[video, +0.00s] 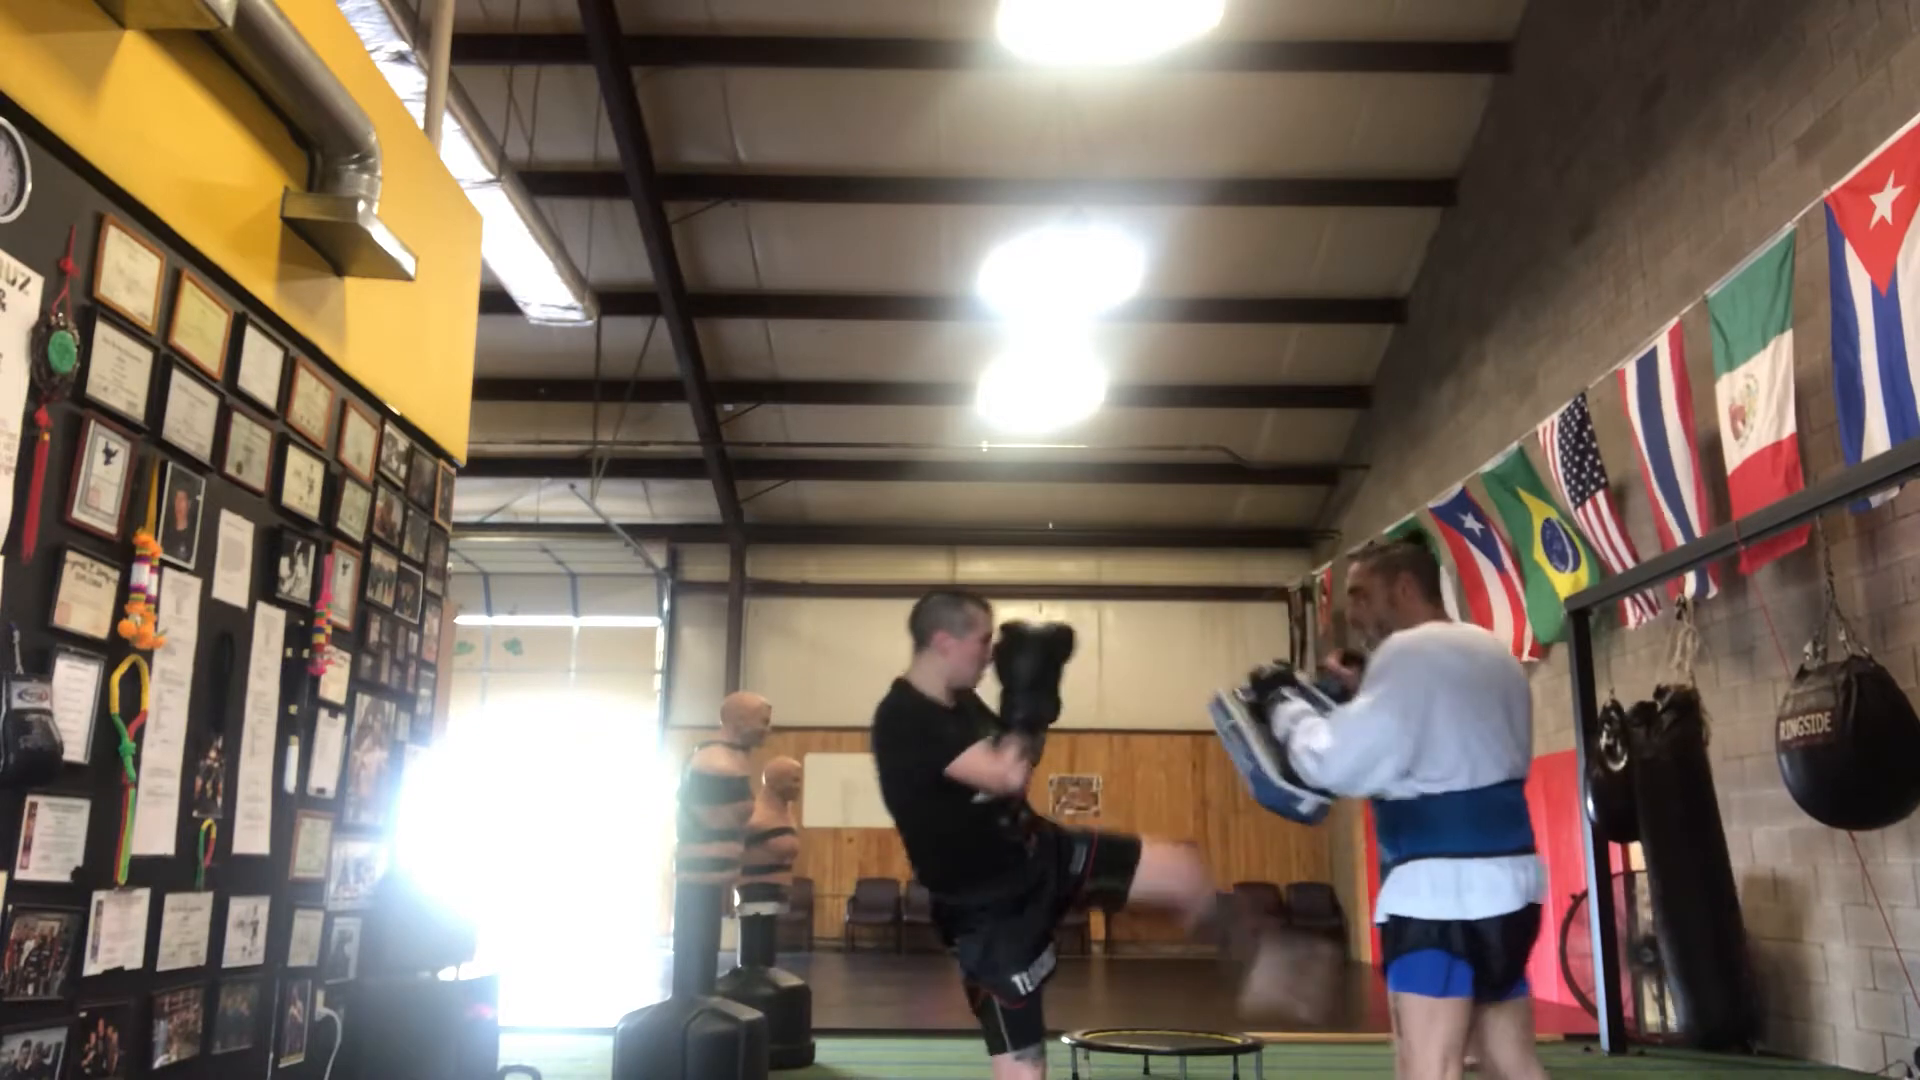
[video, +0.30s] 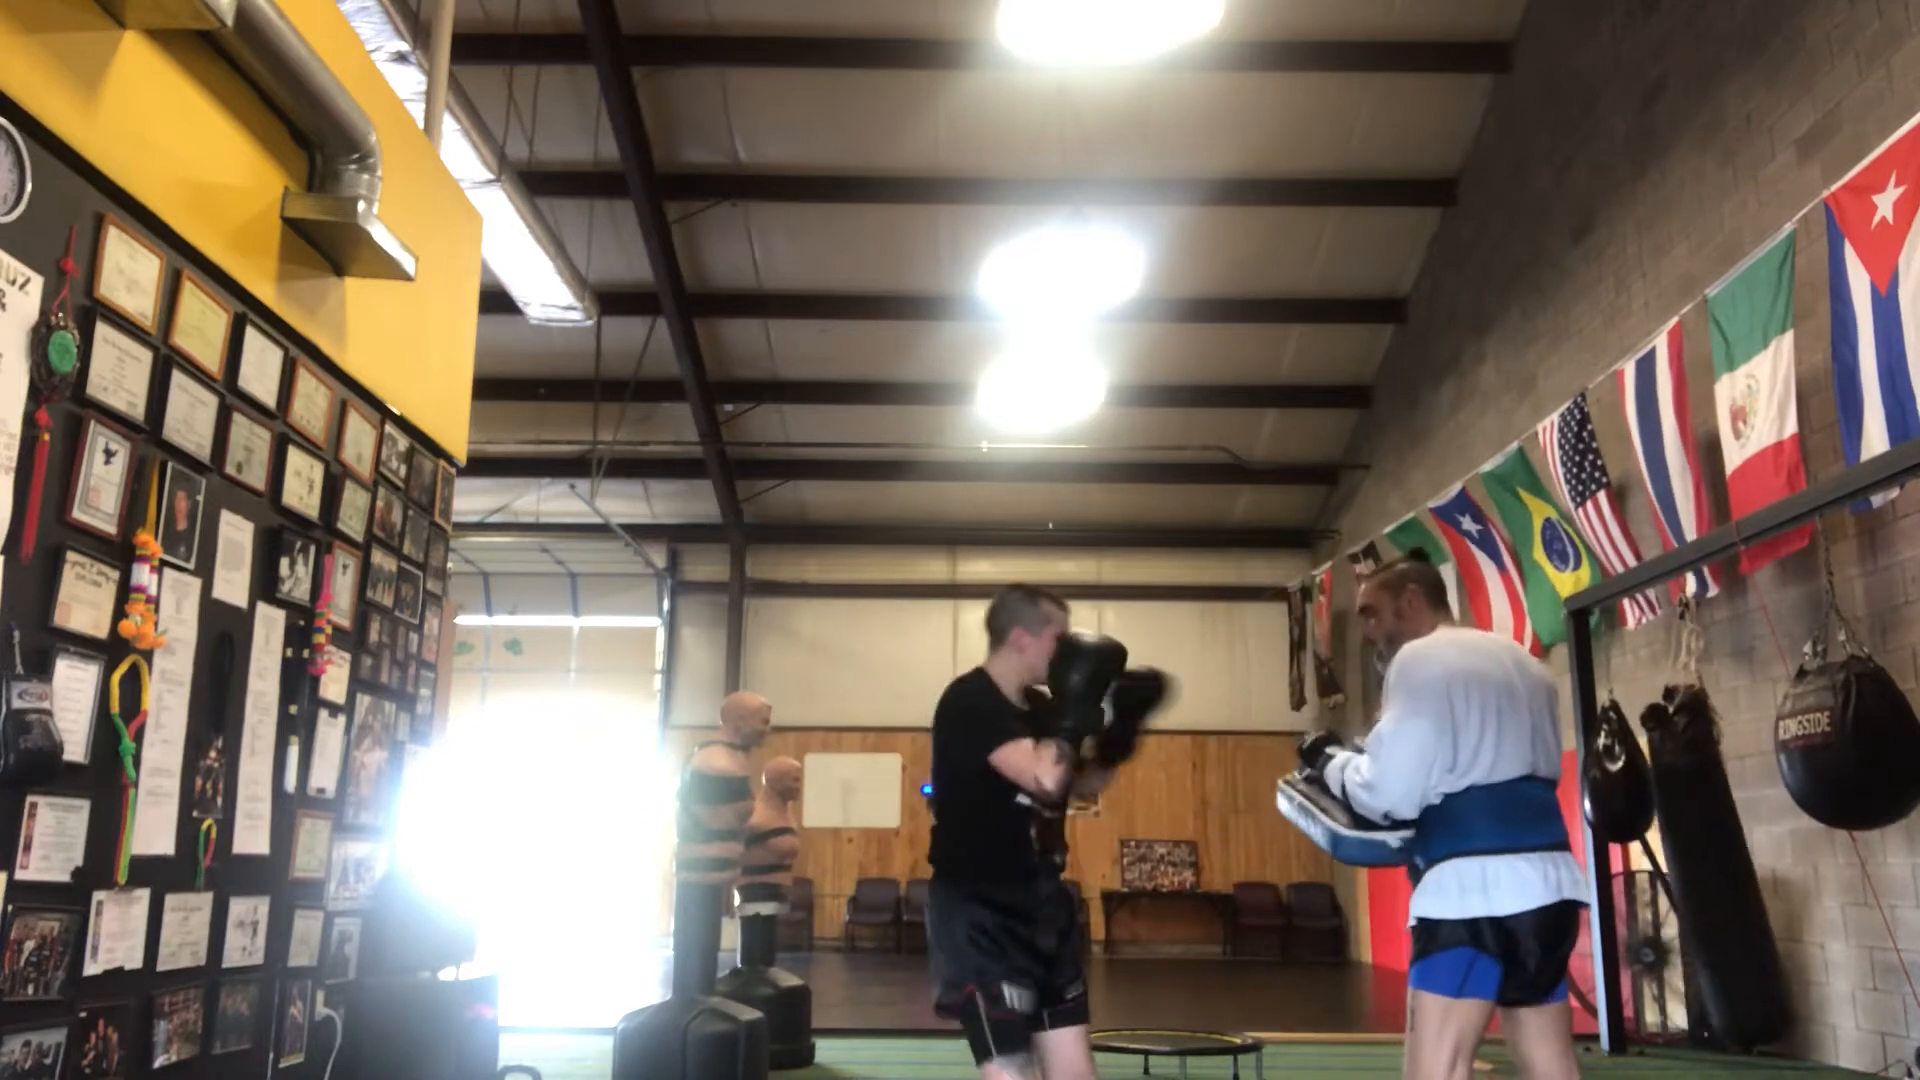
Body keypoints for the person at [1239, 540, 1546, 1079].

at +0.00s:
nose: (1352, 616)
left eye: (1360, 597)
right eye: (1350, 602)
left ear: (1402, 588)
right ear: (1412, 591)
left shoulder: (1407, 656)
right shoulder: (1496, 653)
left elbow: (1333, 763)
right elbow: (1448, 742)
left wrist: (1283, 701)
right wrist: (1361, 692)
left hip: (1440, 897)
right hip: (1513, 886)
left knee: (1428, 1067)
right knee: (1510, 1060)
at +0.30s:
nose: (1367, 634)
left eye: (1370, 614)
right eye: (1362, 620)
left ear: (1409, 600)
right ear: (1419, 603)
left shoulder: (1420, 663)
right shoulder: (1527, 662)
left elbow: (1392, 794)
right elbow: (1544, 769)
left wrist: (1328, 759)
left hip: (1468, 901)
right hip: (1550, 893)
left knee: (1436, 1069)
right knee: (1552, 1065)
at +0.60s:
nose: (1325, 650)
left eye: (1329, 630)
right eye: (1322, 634)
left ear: (1369, 613)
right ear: (1381, 615)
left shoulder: (1388, 675)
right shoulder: (1480, 668)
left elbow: (1356, 800)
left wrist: (1286, 759)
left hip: (1446, 899)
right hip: (1526, 894)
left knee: (1352, 1054)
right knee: (1520, 1063)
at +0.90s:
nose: (1219, 628)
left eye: (1225, 607)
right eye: (1216, 611)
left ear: (1267, 592)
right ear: (1274, 595)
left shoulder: (1286, 656)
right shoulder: (1369, 654)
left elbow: (1253, 791)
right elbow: (1326, 765)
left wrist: (1173, 754)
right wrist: (1228, 745)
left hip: (1331, 905)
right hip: (1396, 895)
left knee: (1286, 1068)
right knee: (1378, 1058)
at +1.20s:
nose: (1097, 633)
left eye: (1101, 613)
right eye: (1095, 617)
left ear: (1141, 597)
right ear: (1157, 597)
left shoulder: (1161, 655)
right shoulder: (1241, 652)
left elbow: (1134, 789)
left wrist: (1082, 746)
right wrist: (1111, 727)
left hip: (1230, 900)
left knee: (1254, 1069)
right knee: (1166, 1061)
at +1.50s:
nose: (980, 601)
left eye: (983, 582)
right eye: (977, 587)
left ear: (1023, 564)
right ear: (1035, 567)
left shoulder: (1059, 605)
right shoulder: (1090, 610)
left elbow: (1021, 727)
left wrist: (964, 699)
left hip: (1103, 861)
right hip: (1136, 857)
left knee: (1077, 1051)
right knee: (1111, 1043)